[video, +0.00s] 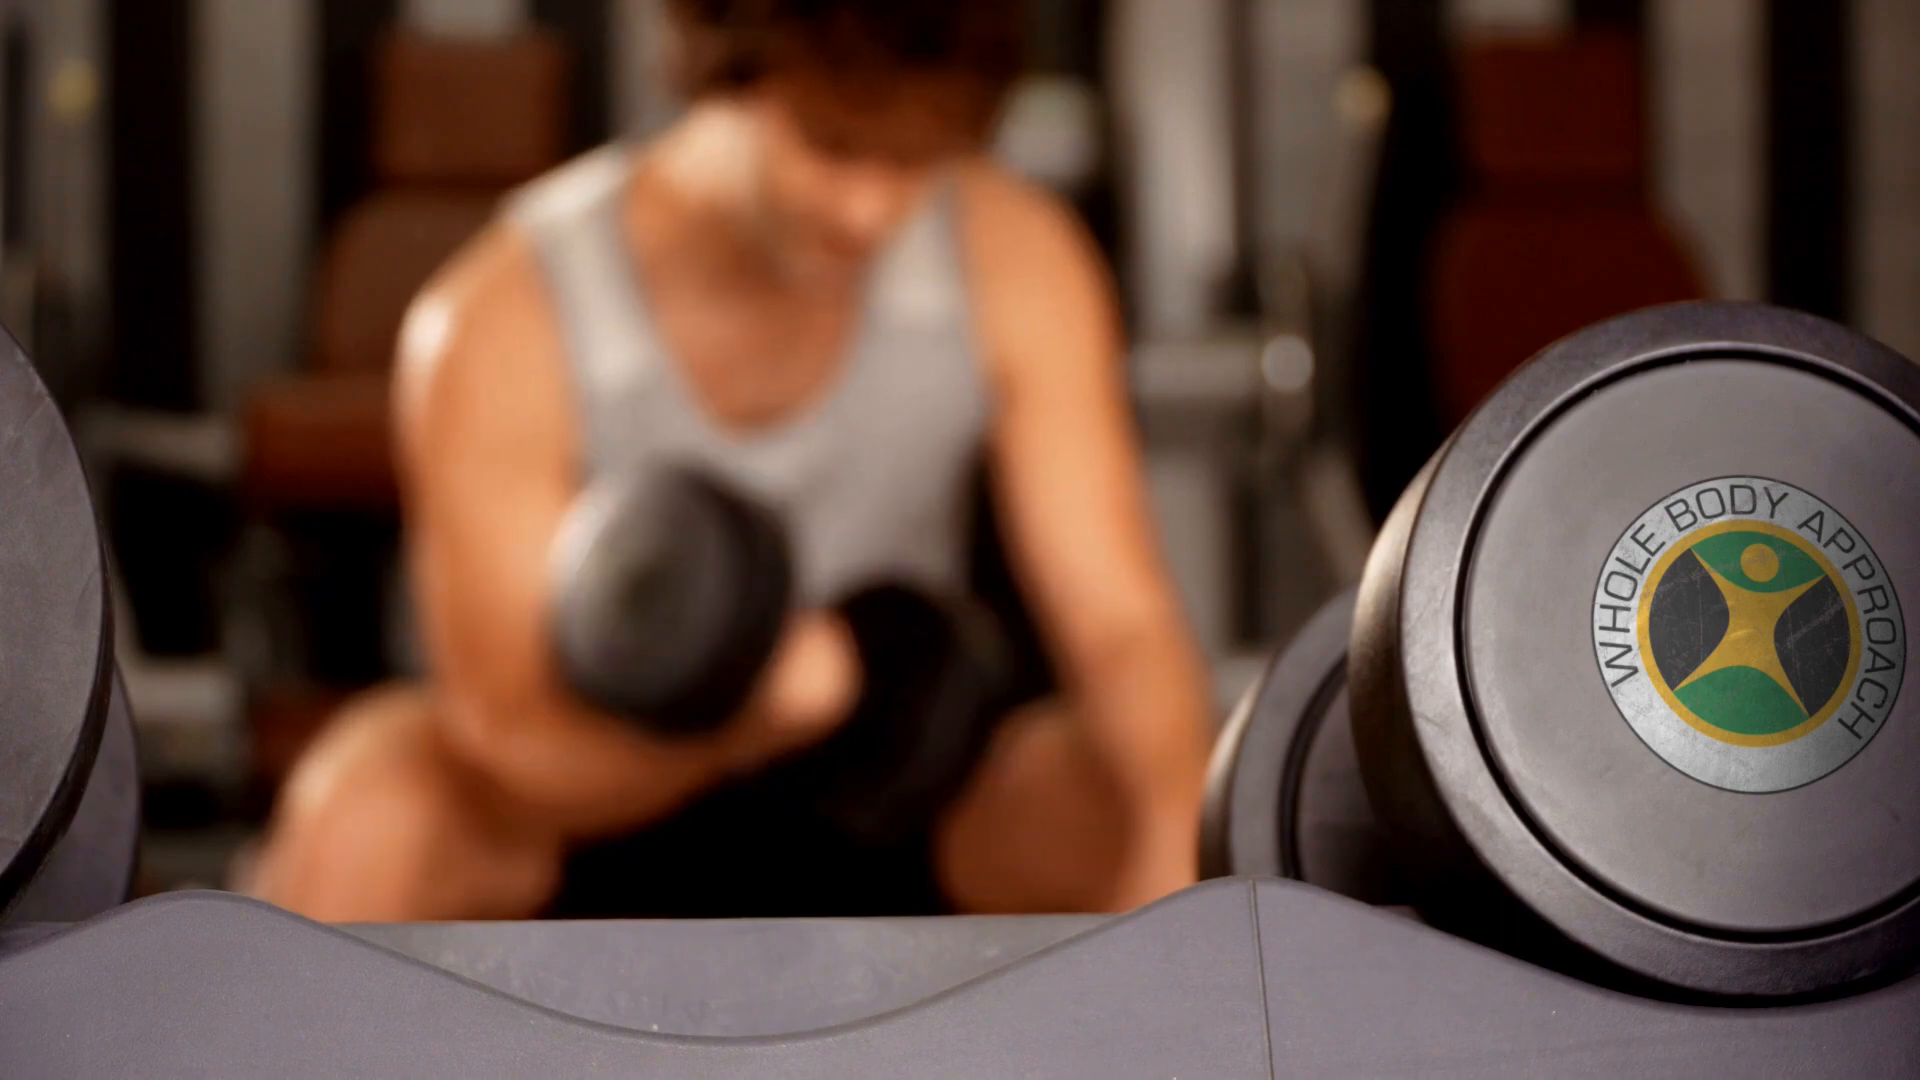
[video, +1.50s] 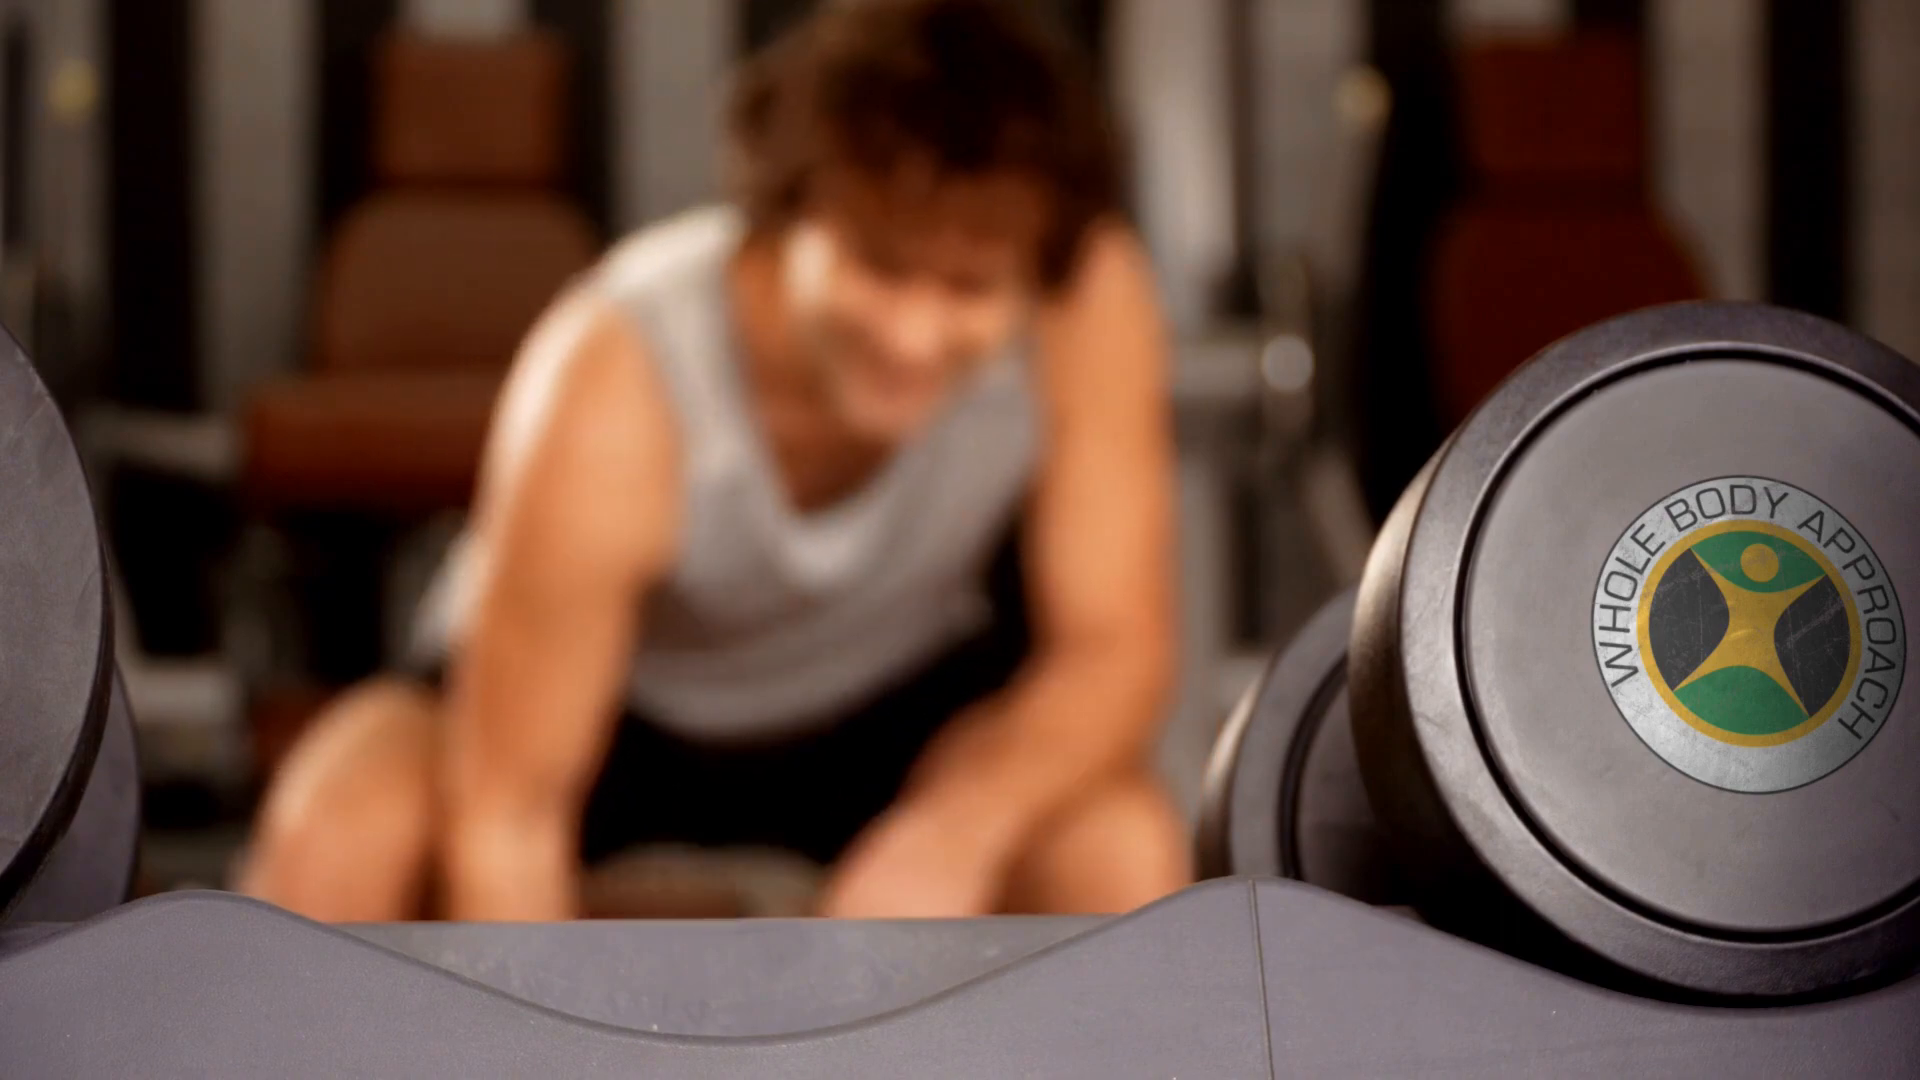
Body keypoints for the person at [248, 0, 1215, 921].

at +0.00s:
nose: (870, 209)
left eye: (918, 161)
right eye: (835, 149)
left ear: (970, 126)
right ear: (734, 73)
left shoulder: (1009, 250)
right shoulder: (500, 316)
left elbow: (1120, 624)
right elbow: (516, 745)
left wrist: (1177, 869)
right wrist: (767, 715)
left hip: (894, 785)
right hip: (604, 798)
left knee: (1174, 803)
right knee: (368, 802)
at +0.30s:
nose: (875, 205)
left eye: (925, 161)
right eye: (842, 144)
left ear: (986, 132)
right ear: (753, 70)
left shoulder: (1035, 255)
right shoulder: (541, 325)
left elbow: (1122, 633)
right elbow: (517, 762)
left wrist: (1159, 859)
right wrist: (644, 965)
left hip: (904, 775)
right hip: (619, 784)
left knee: (1188, 809)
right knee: (357, 797)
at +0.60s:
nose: (881, 227)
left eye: (930, 180)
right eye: (844, 164)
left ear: (994, 148)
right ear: (754, 87)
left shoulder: (1039, 258)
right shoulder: (566, 341)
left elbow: (1126, 641)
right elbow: (526, 800)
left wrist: (1152, 861)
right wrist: (599, 1060)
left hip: (900, 784)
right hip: (624, 795)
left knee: (1176, 804)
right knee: (366, 801)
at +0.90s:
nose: (877, 227)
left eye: (929, 181)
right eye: (842, 164)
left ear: (990, 151)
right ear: (749, 89)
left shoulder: (1034, 257)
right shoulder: (565, 344)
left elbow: (1124, 642)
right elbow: (535, 807)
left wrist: (1146, 868)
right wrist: (566, 1065)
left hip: (895, 782)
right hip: (619, 795)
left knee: (1169, 805)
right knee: (367, 806)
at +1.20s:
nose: (885, 278)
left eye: (940, 231)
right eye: (849, 210)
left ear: (1004, 210)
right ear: (759, 153)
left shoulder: (1038, 275)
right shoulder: (574, 366)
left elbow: (1108, 662)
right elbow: (513, 810)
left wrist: (1079, 864)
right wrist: (525, 1070)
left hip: (890, 789)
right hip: (612, 798)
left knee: (1134, 818)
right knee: (348, 800)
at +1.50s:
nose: (918, 335)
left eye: (970, 285)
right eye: (879, 267)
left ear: (1041, 268)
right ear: (792, 213)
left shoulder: (1084, 285)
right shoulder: (616, 368)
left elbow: (1111, 653)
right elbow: (511, 804)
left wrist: (940, 851)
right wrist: (541, 1063)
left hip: (884, 723)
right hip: (592, 724)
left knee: (1127, 850)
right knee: (340, 815)